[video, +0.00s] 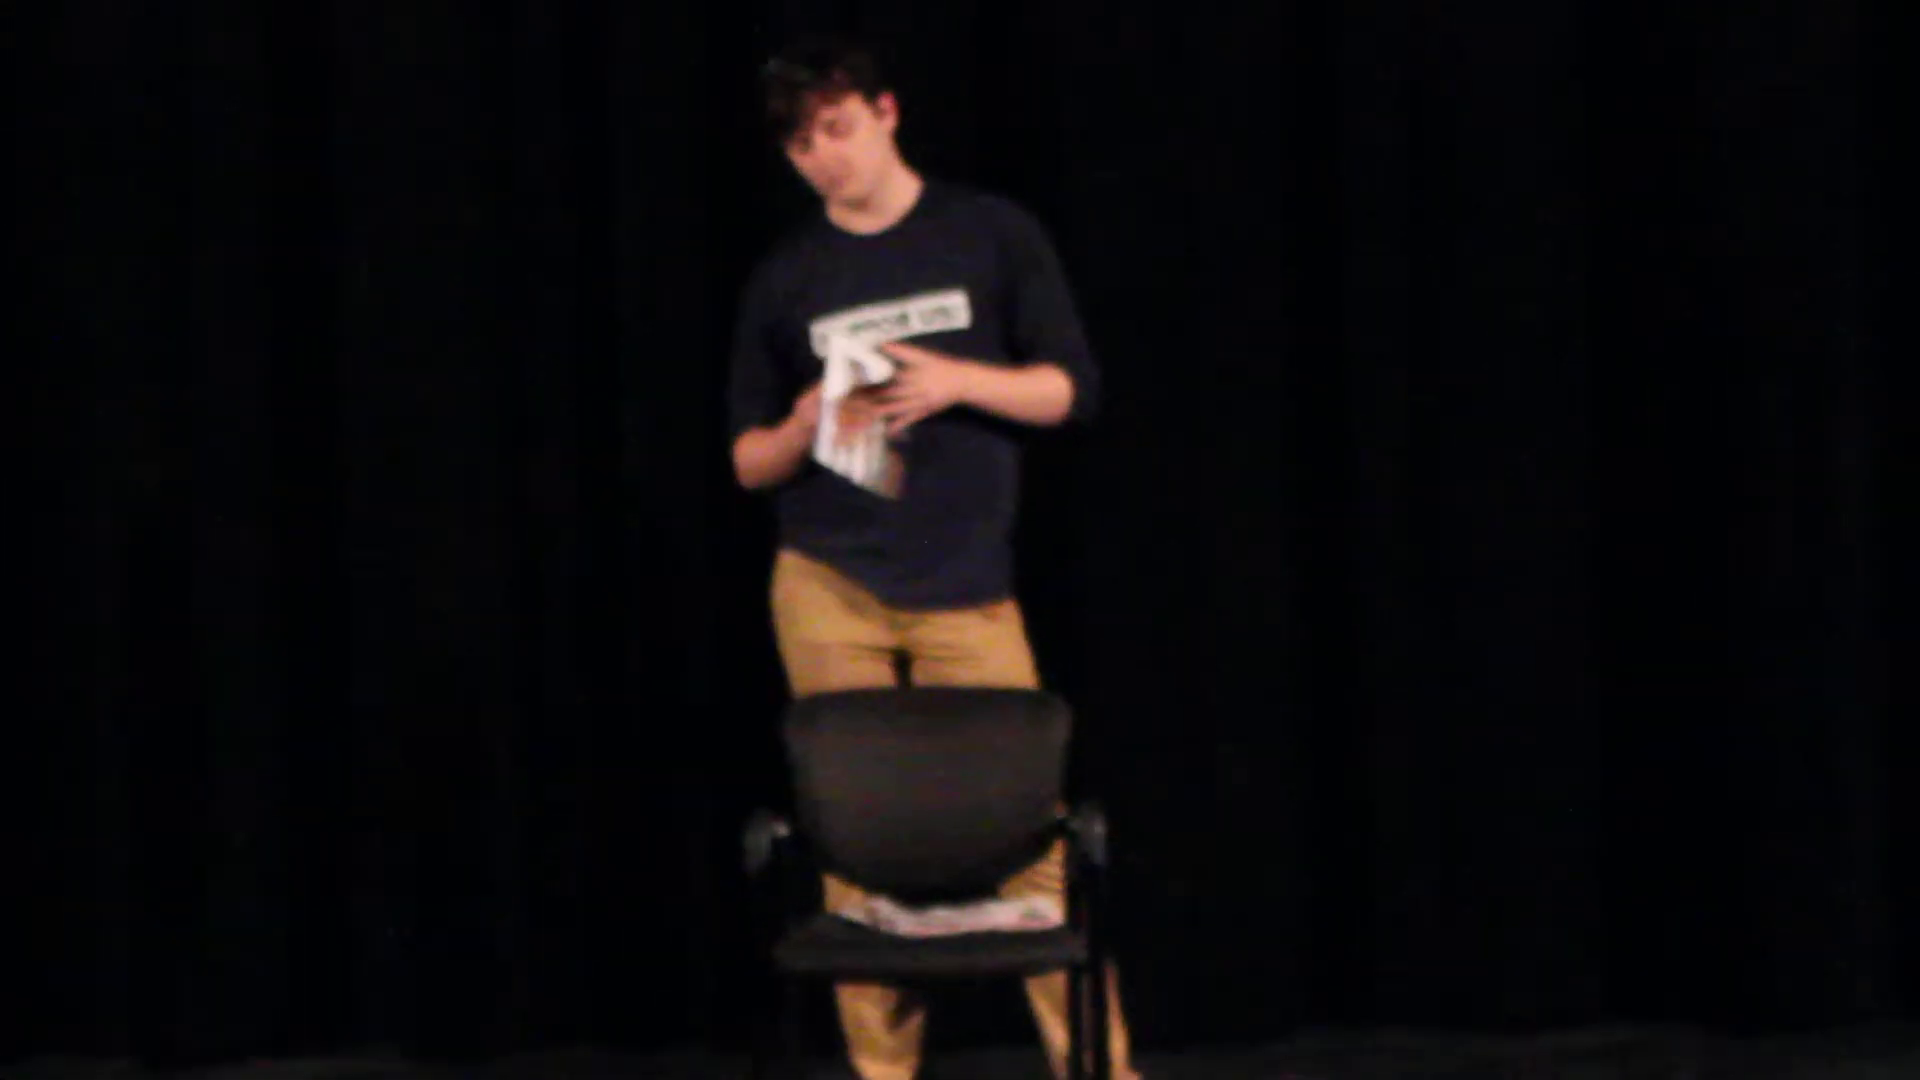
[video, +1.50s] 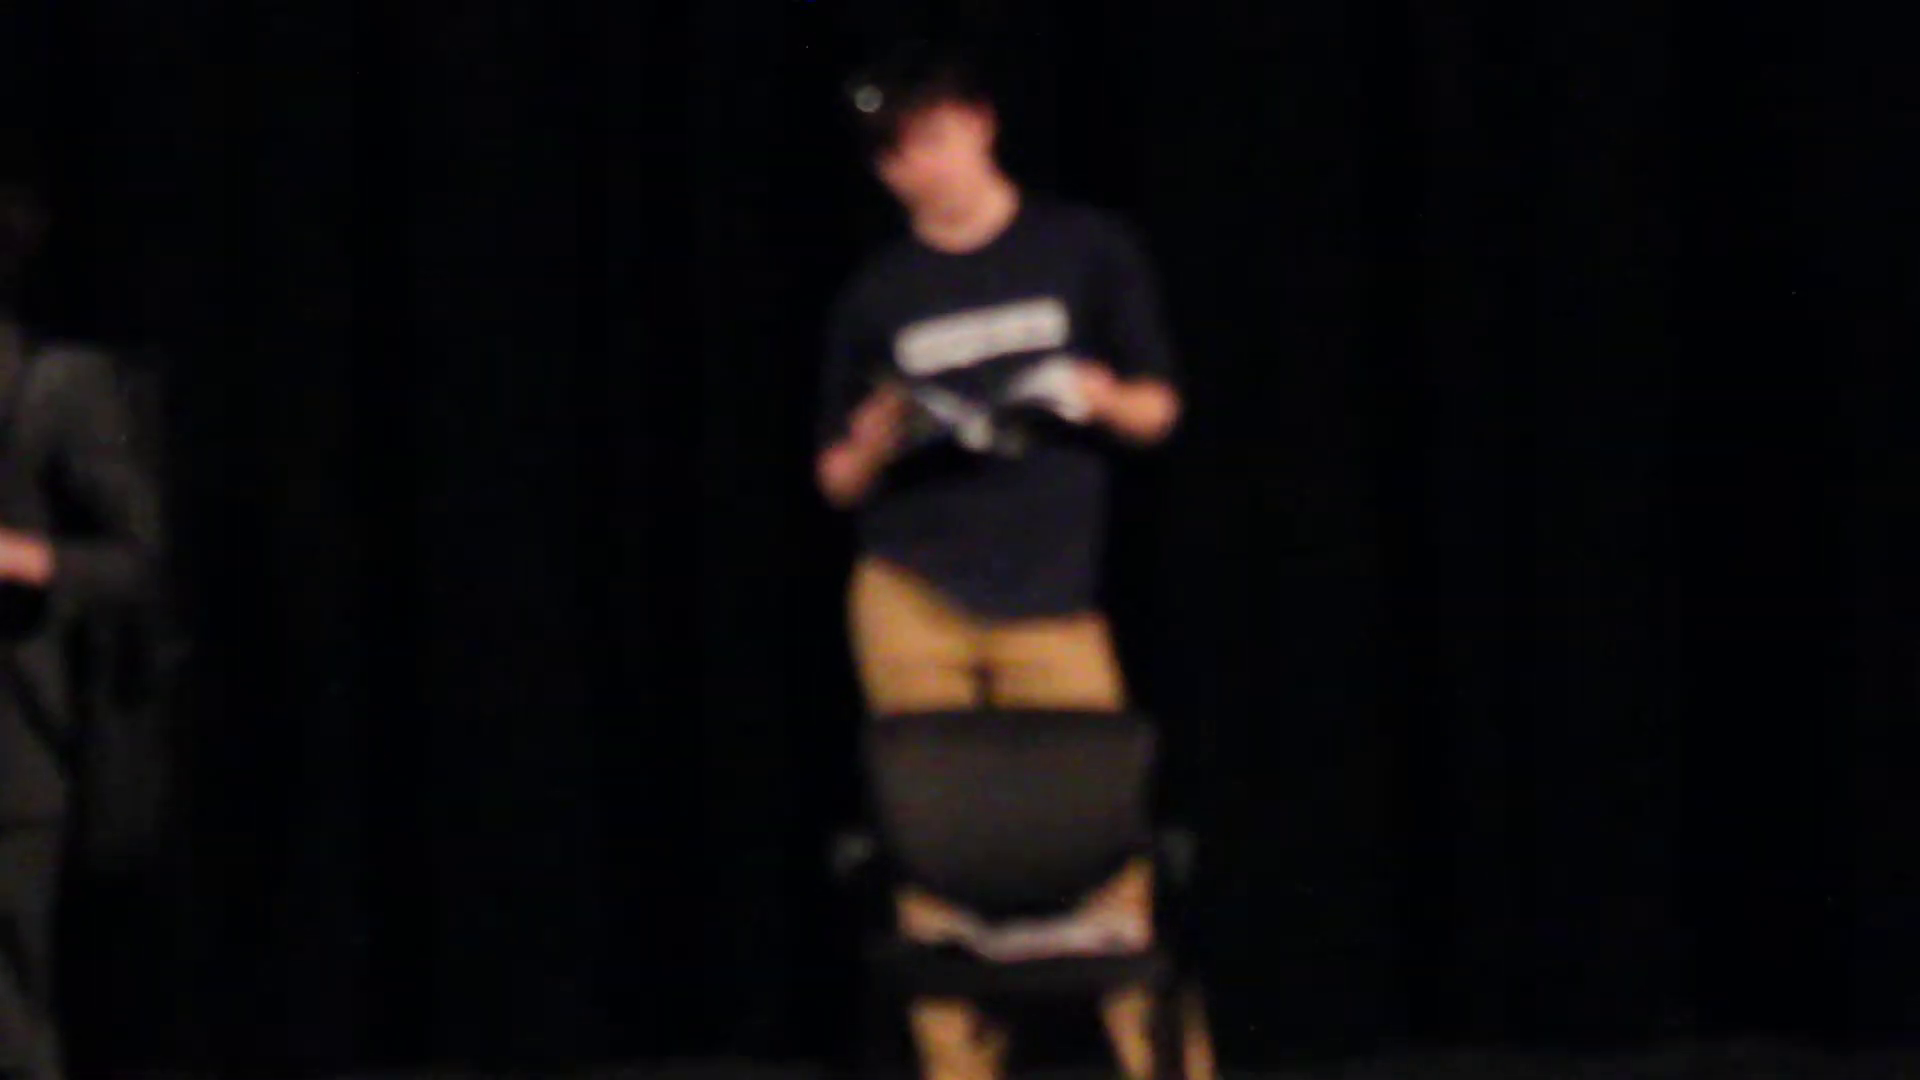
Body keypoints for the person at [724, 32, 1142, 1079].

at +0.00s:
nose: (821, 153)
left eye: (834, 126)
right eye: (802, 139)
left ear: (886, 114)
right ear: (789, 156)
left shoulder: (993, 236)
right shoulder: (786, 277)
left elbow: (1069, 391)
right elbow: (747, 461)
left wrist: (957, 380)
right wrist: (807, 424)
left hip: (967, 586)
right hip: (827, 585)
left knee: (1023, 828)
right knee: (855, 837)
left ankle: (1099, 1066)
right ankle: (881, 1068)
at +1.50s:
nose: (909, 166)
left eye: (925, 138)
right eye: (894, 148)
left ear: (981, 125)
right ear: (880, 164)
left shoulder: (1086, 255)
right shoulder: (878, 290)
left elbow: (1159, 412)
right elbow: (834, 480)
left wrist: (1100, 397)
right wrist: (877, 435)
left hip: (1053, 597)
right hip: (910, 593)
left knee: (1104, 847)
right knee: (930, 851)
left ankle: (1161, 1067)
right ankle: (955, 1069)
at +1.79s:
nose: (1061, 207)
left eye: (1073, 180)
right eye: (1038, 193)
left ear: (1118, 166)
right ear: (1021, 208)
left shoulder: (1226, 292)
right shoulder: (1016, 331)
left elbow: (1298, 445)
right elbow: (976, 516)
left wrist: (1237, 441)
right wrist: (1013, 489)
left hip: (1191, 634)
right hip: (1053, 635)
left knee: (1242, 871)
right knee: (1075, 878)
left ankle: (1291, 1068)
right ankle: (1091, 1075)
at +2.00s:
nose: (1148, 214)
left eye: (1162, 188)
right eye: (1124, 199)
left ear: (1201, 188)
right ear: (1100, 222)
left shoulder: (1294, 305)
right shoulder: (1082, 347)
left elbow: (1372, 455)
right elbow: (1038, 524)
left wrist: (1269, 476)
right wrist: (1107, 518)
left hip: (1266, 654)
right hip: (1127, 656)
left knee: (1317, 889)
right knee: (1156, 894)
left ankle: (1357, 1069)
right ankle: (1164, 1078)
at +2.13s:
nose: (1298, 217)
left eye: (1311, 193)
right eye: (1272, 201)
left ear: (1340, 200)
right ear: (1235, 223)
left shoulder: (1425, 318)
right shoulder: (1210, 353)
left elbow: (1496, 471)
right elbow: (1161, 529)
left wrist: (1389, 491)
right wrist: (1254, 522)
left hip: (1397, 662)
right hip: (1258, 664)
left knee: (1443, 894)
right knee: (1286, 902)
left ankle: (1477, 1072)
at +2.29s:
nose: (1415, 217)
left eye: (1429, 195)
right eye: (1389, 199)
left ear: (1448, 205)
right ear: (1340, 217)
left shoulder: (1515, 326)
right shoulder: (1299, 358)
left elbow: (1586, 478)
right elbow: (1251, 533)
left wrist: (1492, 531)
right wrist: (1356, 553)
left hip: (1492, 669)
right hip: (1351, 674)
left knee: (1534, 904)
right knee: (1376, 912)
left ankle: (1563, 1072)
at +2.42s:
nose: (1489, 217)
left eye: (1500, 198)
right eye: (1464, 198)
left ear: (1511, 206)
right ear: (1405, 211)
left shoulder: (1559, 331)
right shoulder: (1345, 356)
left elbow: (1609, 495)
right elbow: (1313, 534)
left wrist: (1572, 633)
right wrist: (1405, 640)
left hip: (1538, 661)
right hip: (1400, 669)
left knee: (1584, 902)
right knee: (1423, 917)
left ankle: (1633, 1070)